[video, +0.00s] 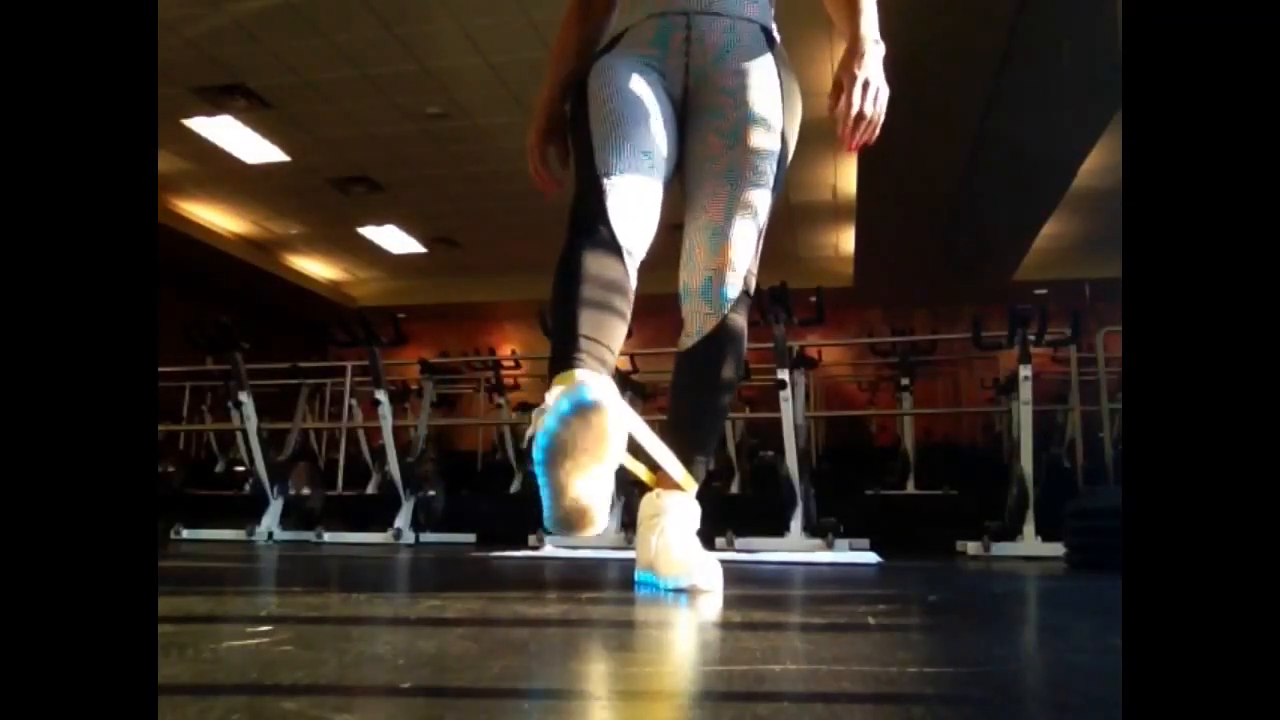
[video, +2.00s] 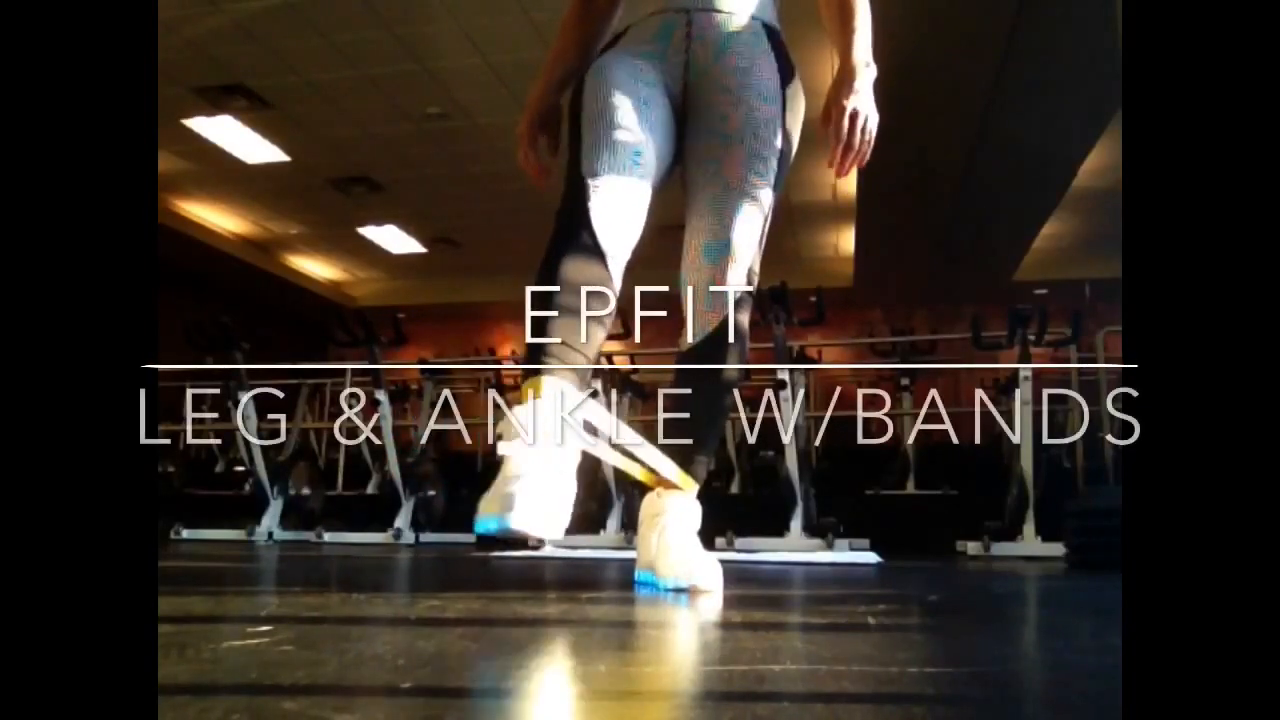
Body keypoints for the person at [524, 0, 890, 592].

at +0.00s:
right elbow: (589, 6)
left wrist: (864, 41)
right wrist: (555, 97)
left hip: (744, 30)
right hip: (630, 29)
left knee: (722, 279)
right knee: (612, 208)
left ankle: (673, 516)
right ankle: (577, 419)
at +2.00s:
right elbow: (596, 4)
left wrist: (857, 69)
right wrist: (548, 86)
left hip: (747, 28)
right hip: (634, 26)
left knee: (721, 272)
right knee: (599, 214)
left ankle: (674, 516)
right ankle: (543, 452)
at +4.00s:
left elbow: (825, 6)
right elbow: (588, 4)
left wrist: (833, 99)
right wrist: (549, 87)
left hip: (739, 27)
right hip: (629, 22)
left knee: (719, 271)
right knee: (608, 181)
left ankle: (673, 513)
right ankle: (568, 403)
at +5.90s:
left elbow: (829, 4)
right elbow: (592, 3)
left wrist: (834, 80)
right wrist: (551, 89)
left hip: (738, 25)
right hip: (629, 22)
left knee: (718, 270)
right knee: (594, 182)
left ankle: (671, 514)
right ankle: (533, 406)